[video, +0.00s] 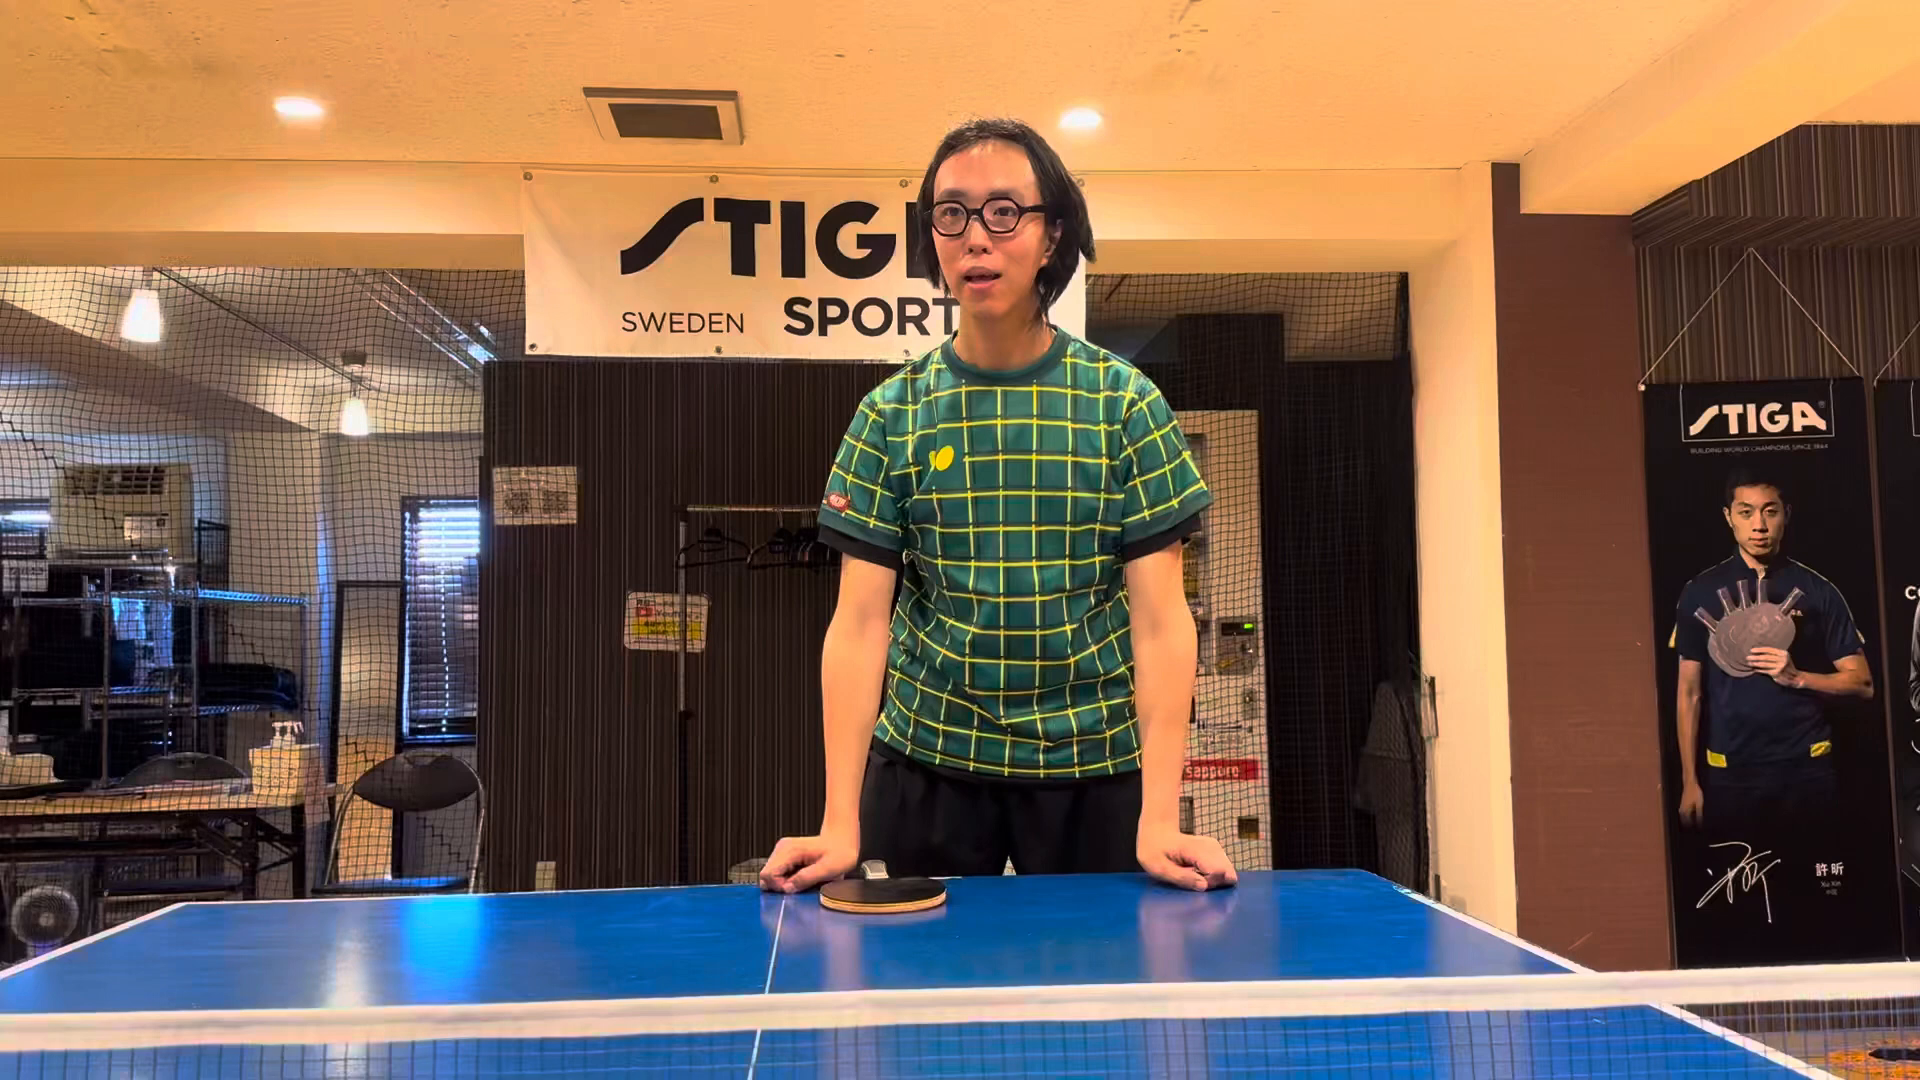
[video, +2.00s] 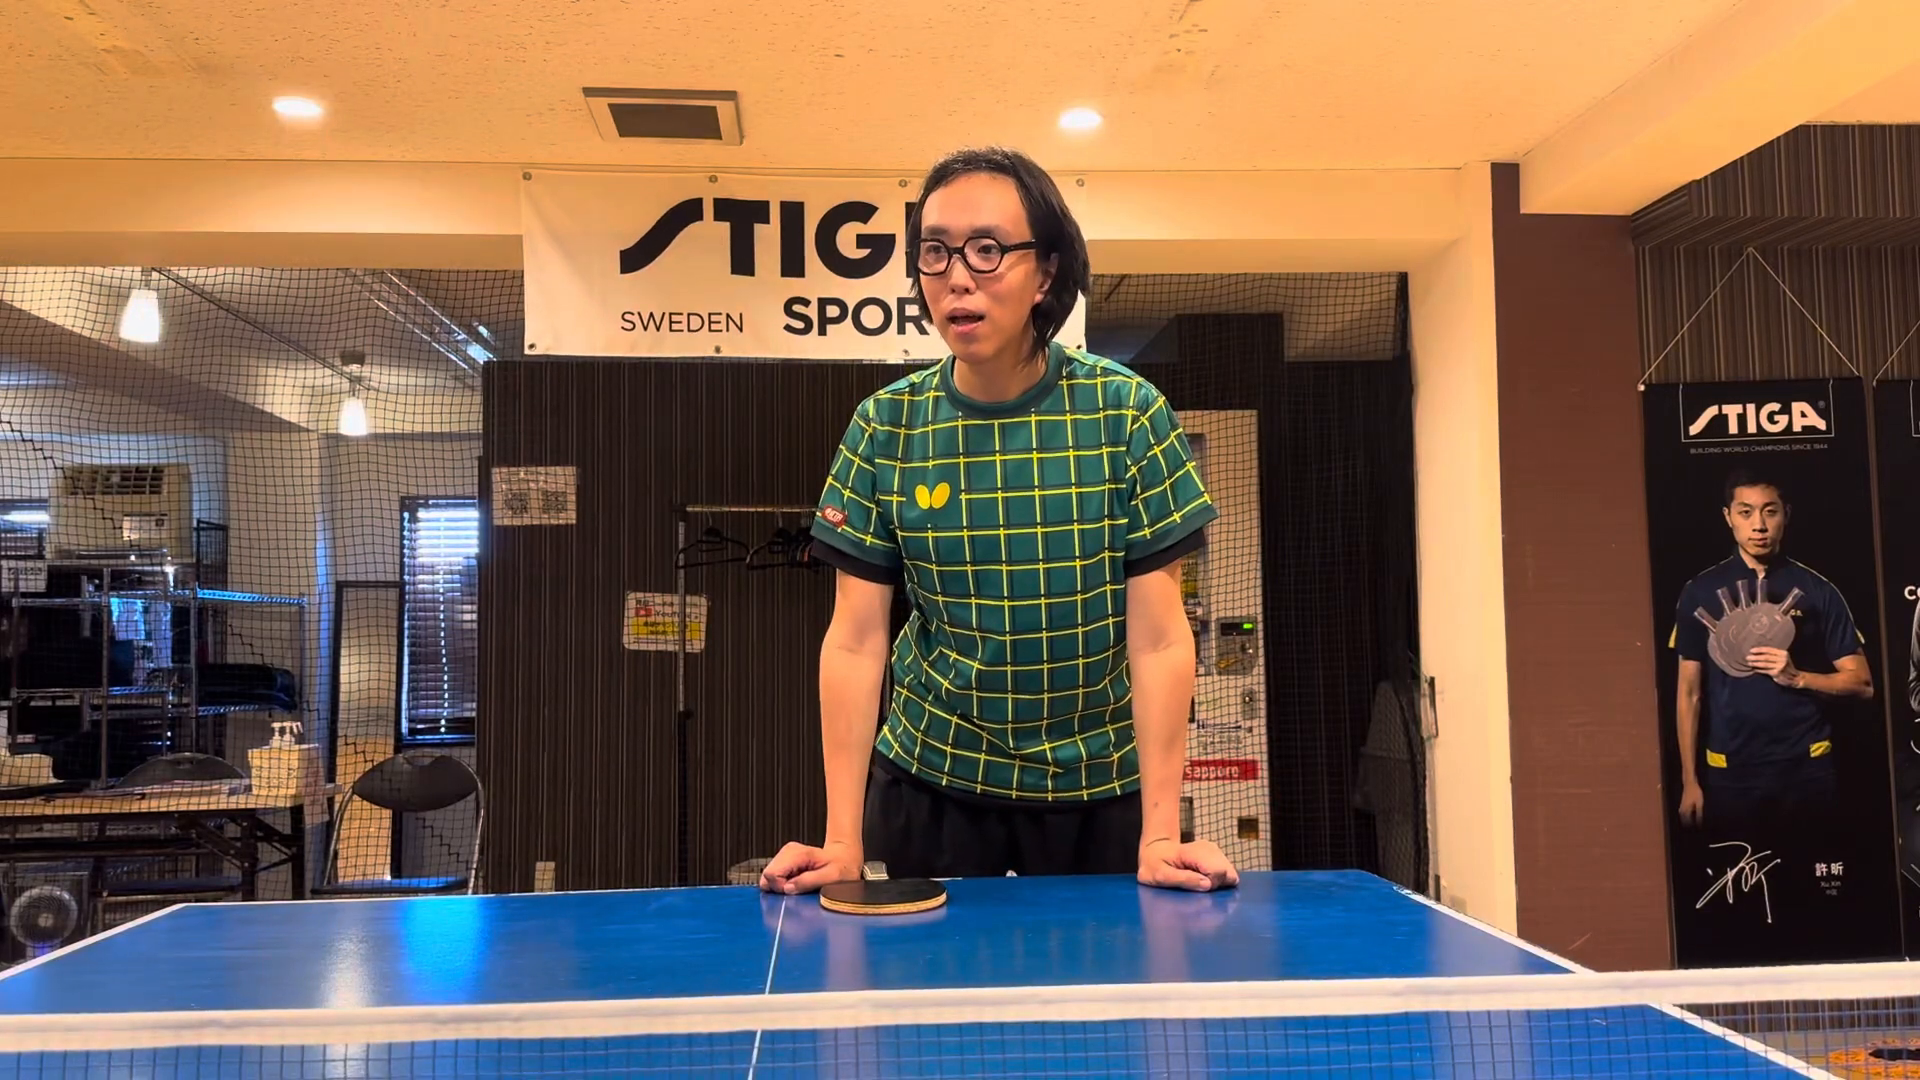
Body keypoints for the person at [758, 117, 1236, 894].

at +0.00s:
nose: (977, 239)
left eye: (1005, 213)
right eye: (954, 216)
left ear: (1054, 237)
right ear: (931, 240)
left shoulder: (1123, 404)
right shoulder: (892, 414)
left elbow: (1160, 621)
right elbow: (858, 625)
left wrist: (1161, 818)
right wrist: (840, 827)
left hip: (1094, 788)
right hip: (926, 786)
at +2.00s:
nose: (956, 276)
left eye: (987, 249)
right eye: (937, 251)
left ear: (1045, 274)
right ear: (918, 271)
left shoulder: (1125, 413)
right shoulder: (887, 424)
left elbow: (1160, 639)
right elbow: (853, 643)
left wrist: (1163, 834)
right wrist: (841, 841)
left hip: (1096, 811)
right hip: (929, 807)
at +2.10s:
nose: (957, 276)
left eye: (987, 249)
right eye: (937, 251)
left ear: (1046, 275)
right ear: (919, 272)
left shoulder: (1124, 413)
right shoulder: (887, 425)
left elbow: (1159, 640)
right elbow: (854, 643)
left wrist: (1163, 834)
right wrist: (842, 841)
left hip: (1096, 809)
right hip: (929, 805)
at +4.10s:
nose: (950, 289)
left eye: (981, 264)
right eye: (933, 265)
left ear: (1037, 289)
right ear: (917, 286)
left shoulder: (1116, 435)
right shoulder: (888, 446)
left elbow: (1149, 647)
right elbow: (855, 649)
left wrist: (1159, 833)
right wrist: (842, 842)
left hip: (1085, 773)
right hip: (926, 769)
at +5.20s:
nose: (999, 247)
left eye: (1027, 226)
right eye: (980, 227)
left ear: (1070, 260)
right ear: (959, 255)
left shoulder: (1130, 420)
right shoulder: (914, 426)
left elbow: (1156, 616)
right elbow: (884, 627)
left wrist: (1141, 756)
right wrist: (903, 781)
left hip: (1099, 780)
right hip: (948, 780)